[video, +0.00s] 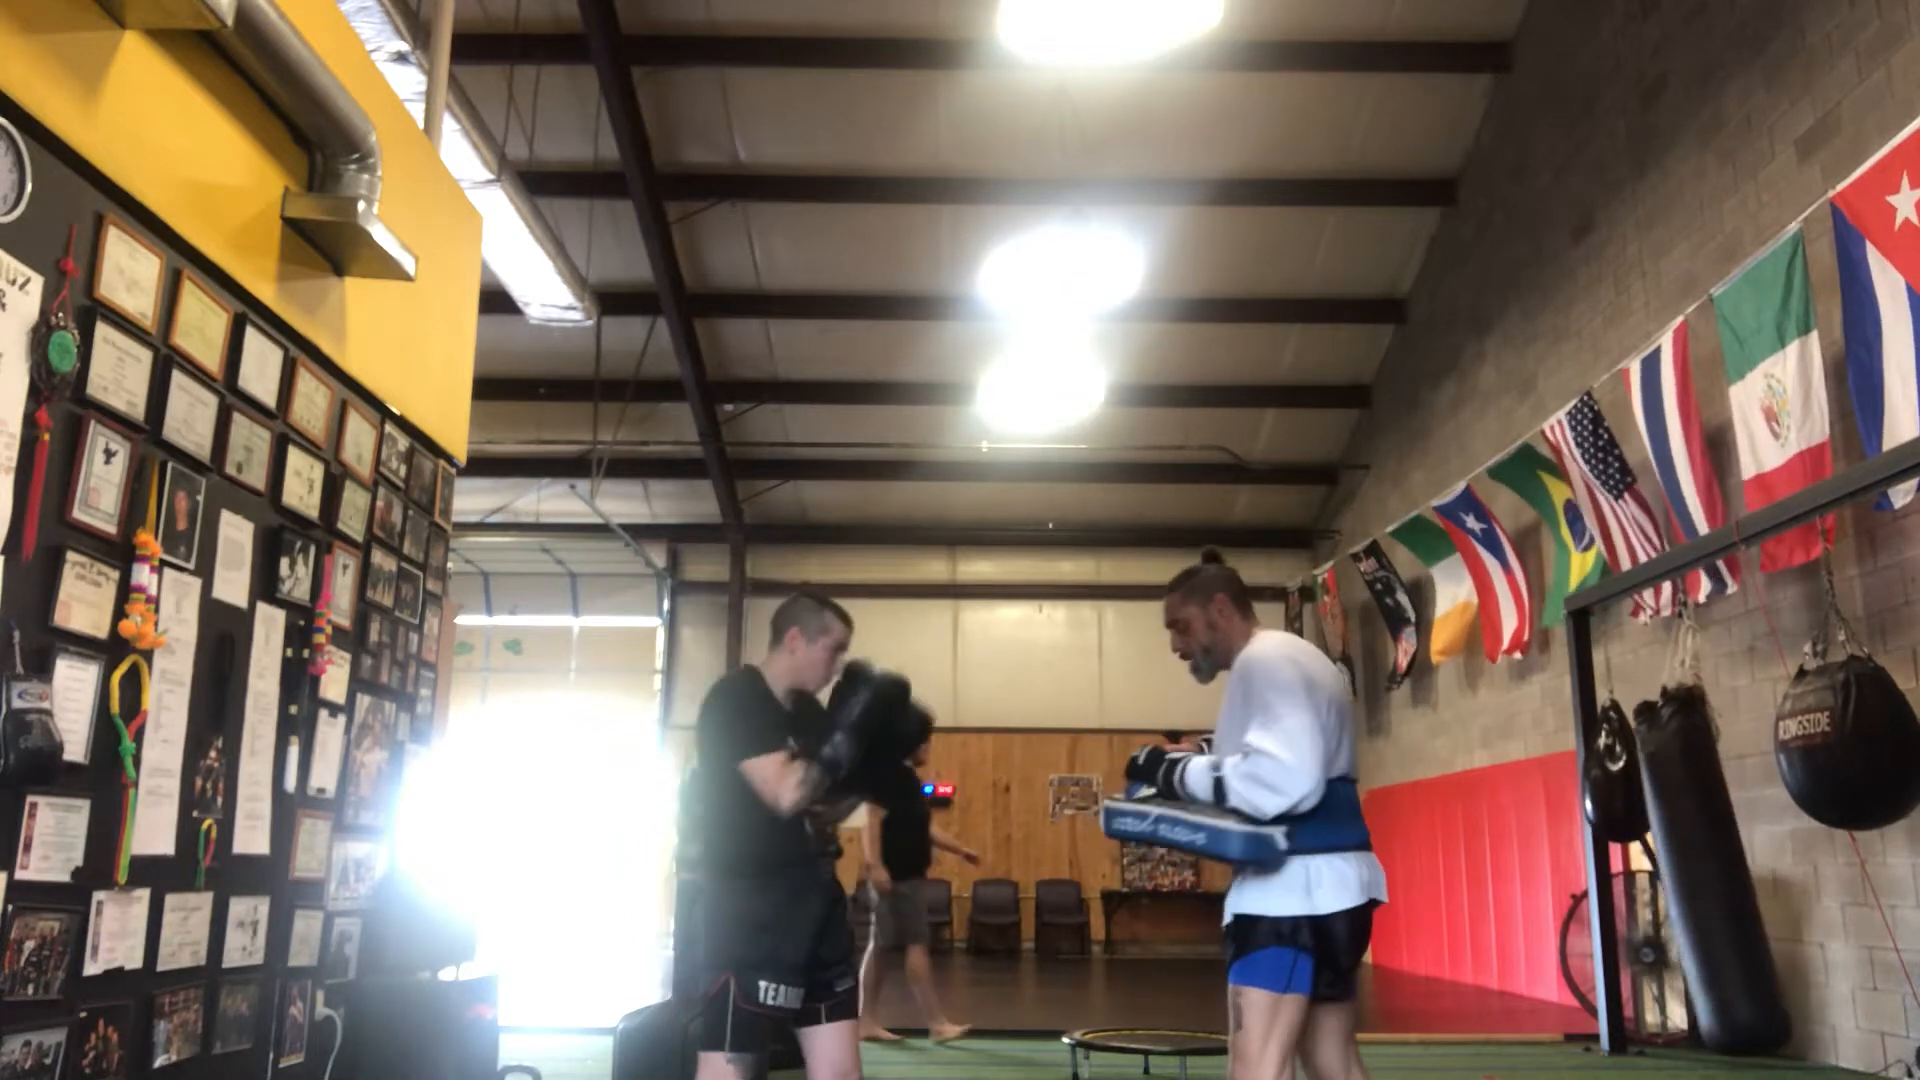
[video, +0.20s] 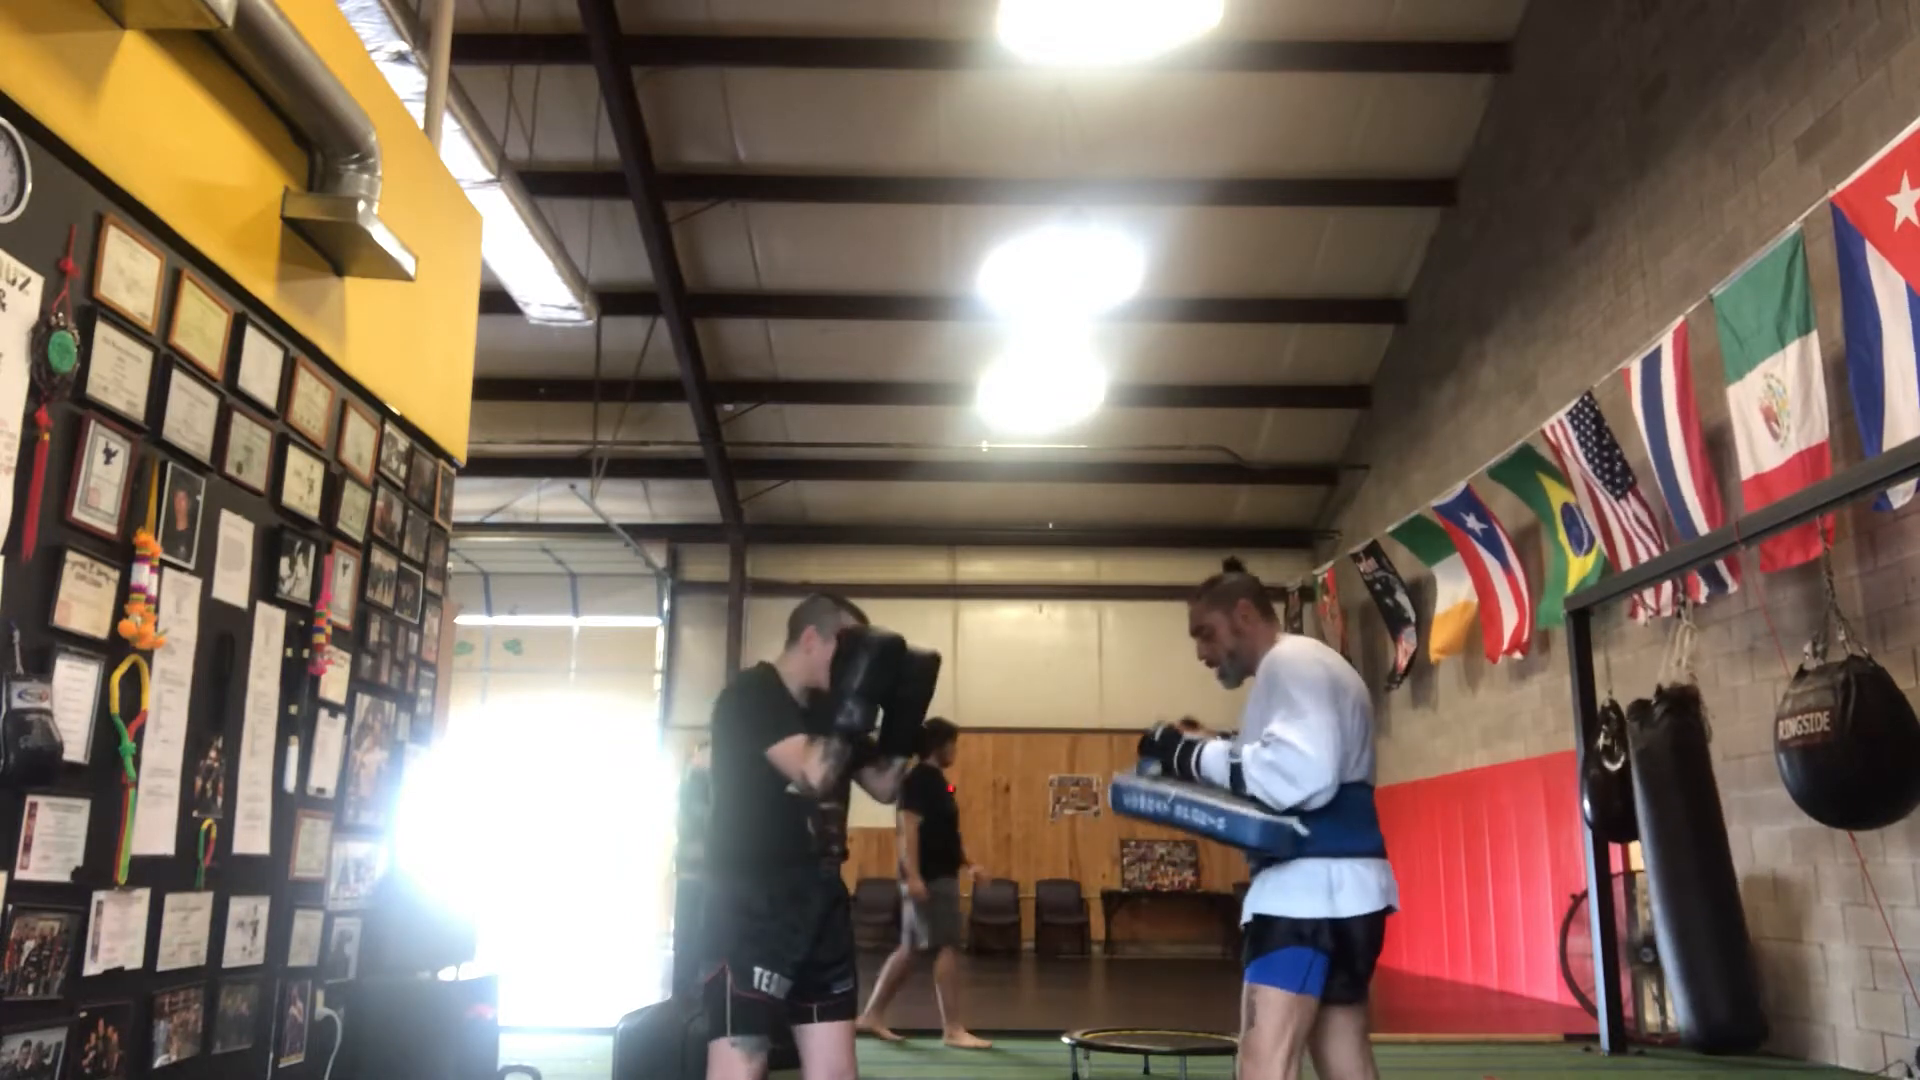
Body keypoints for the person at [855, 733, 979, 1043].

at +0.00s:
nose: (928, 748)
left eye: (928, 742)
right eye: (924, 742)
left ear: (915, 745)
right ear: (911, 743)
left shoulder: (910, 781)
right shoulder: (891, 777)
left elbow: (921, 829)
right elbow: (872, 821)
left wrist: (960, 850)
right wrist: (874, 865)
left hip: (904, 873)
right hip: (898, 875)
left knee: (878, 949)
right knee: (917, 947)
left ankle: (865, 1020)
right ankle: (937, 1023)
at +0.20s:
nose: (955, 750)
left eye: (955, 744)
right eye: (952, 744)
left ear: (937, 745)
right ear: (938, 746)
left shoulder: (938, 780)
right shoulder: (920, 778)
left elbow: (946, 833)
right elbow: (908, 828)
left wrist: (968, 864)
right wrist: (913, 876)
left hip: (937, 874)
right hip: (931, 877)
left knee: (910, 948)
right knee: (946, 949)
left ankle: (871, 1016)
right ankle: (953, 1029)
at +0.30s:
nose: (970, 748)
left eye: (969, 742)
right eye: (966, 742)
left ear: (944, 743)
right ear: (953, 745)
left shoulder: (947, 776)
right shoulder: (935, 777)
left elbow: (950, 829)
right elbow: (927, 828)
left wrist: (964, 873)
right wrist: (935, 875)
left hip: (954, 873)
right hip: (943, 876)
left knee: (945, 946)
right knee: (949, 948)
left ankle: (890, 1001)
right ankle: (953, 1030)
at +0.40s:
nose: (982, 747)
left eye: (981, 741)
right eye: (979, 741)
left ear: (955, 741)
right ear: (967, 743)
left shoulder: (957, 774)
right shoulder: (950, 775)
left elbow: (954, 825)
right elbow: (945, 825)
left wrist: (972, 865)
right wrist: (962, 871)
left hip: (964, 873)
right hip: (951, 875)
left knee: (961, 944)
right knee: (956, 947)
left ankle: (926, 998)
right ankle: (952, 1028)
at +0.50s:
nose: (996, 747)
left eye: (995, 741)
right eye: (993, 741)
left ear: (972, 743)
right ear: (980, 743)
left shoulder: (973, 774)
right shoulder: (963, 773)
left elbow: (967, 821)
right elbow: (962, 822)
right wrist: (990, 867)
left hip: (981, 875)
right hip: (960, 876)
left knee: (1002, 936)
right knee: (956, 947)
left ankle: (970, 1011)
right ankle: (951, 1028)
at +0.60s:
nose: (1011, 749)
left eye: (1010, 742)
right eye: (1008, 743)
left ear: (987, 744)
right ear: (995, 745)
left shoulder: (990, 777)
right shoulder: (979, 776)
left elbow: (985, 825)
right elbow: (979, 823)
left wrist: (1006, 866)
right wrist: (1012, 862)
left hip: (996, 879)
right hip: (972, 879)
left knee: (1014, 944)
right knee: (960, 949)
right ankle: (953, 1030)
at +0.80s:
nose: (1039, 752)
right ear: (1019, 745)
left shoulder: (1025, 782)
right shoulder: (1008, 780)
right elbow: (1010, 824)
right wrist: (1041, 863)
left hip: (1027, 883)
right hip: (1001, 882)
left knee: (1041, 950)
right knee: (987, 950)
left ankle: (1053, 1027)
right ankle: (955, 1026)